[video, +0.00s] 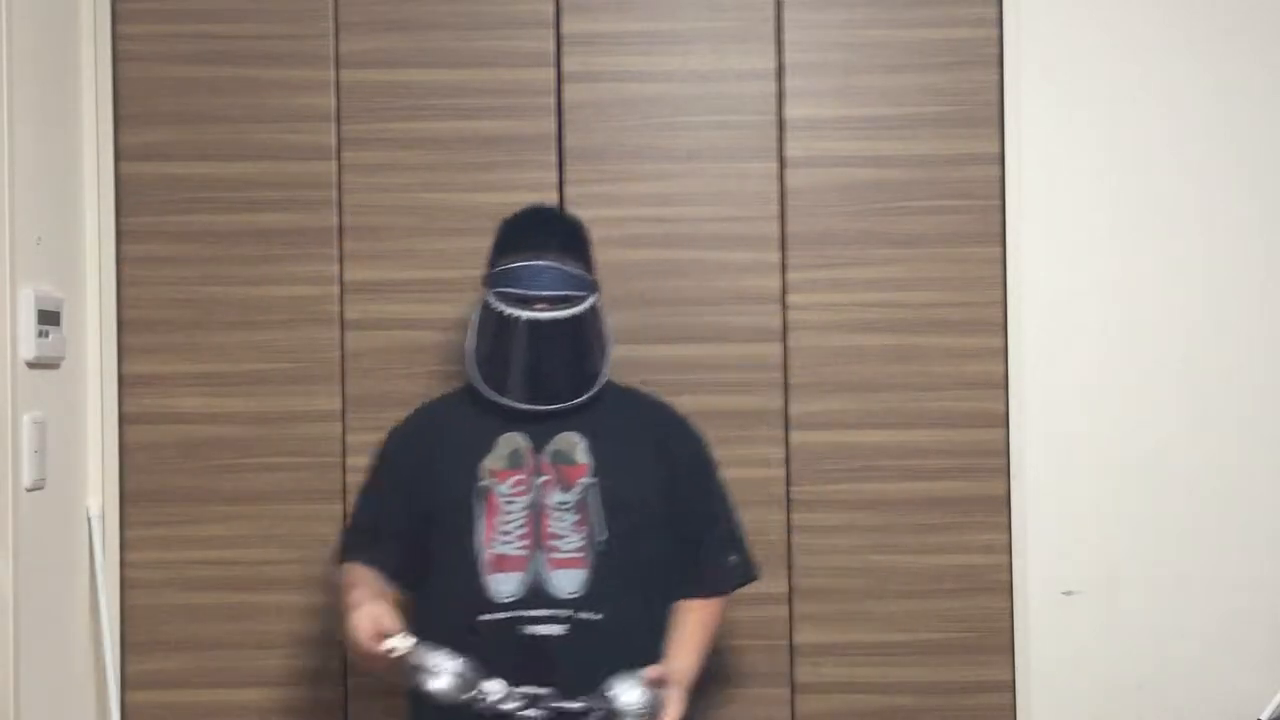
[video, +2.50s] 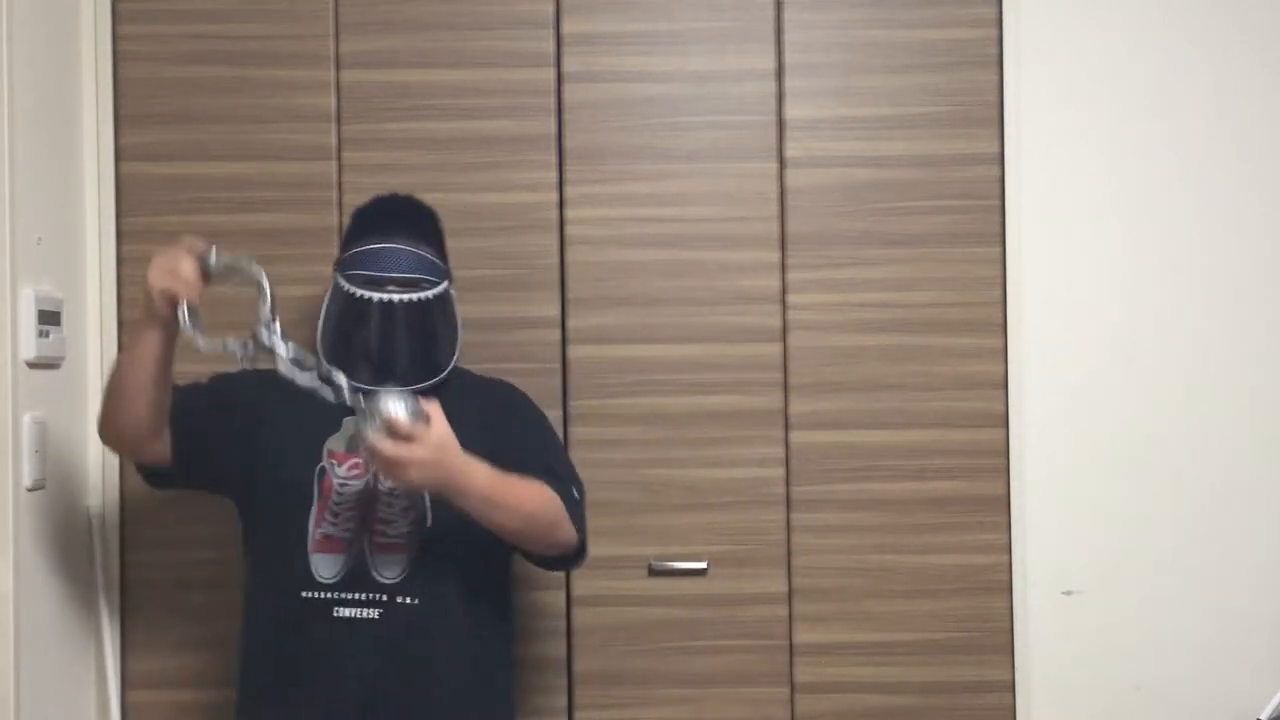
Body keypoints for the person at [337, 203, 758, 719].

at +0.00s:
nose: (539, 338)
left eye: (560, 319)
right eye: (520, 319)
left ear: (592, 316)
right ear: (488, 315)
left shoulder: (658, 439)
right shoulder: (428, 439)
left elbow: (707, 572)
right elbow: (371, 548)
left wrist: (679, 670)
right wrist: (371, 603)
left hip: (614, 703)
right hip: (467, 701)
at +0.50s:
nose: (401, 317)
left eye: (422, 298)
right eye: (380, 294)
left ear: (454, 304)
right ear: (347, 294)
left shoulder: (496, 417)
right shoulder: (276, 406)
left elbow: (550, 539)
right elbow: (133, 414)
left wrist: (450, 457)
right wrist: (151, 290)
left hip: (447, 703)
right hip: (289, 700)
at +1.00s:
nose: (517, 352)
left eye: (537, 333)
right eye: (499, 330)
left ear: (567, 331)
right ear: (463, 324)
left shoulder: (621, 454)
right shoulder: (395, 448)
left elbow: (656, 593)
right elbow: (335, 555)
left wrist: (623, 682)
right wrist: (336, 611)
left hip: (562, 705)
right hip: (414, 701)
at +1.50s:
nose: (659, 295)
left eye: (681, 273)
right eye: (636, 272)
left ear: (711, 283)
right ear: (596, 283)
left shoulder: (783, 407)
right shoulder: (550, 409)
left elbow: (902, 494)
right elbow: (448, 441)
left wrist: (869, 409)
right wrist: (519, 321)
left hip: (757, 695)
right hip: (599, 695)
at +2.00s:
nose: (577, 335)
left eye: (596, 314)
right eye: (558, 316)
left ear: (628, 312)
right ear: (526, 314)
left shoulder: (696, 436)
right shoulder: (470, 440)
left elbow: (747, 573)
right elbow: (403, 560)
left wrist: (719, 684)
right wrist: (431, 598)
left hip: (661, 701)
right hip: (514, 701)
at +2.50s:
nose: (387, 317)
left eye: (410, 297)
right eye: (367, 296)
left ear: (441, 299)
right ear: (337, 292)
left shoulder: (497, 413)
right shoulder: (268, 406)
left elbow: (564, 536)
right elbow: (134, 434)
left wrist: (452, 472)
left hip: (451, 701)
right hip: (293, 701)